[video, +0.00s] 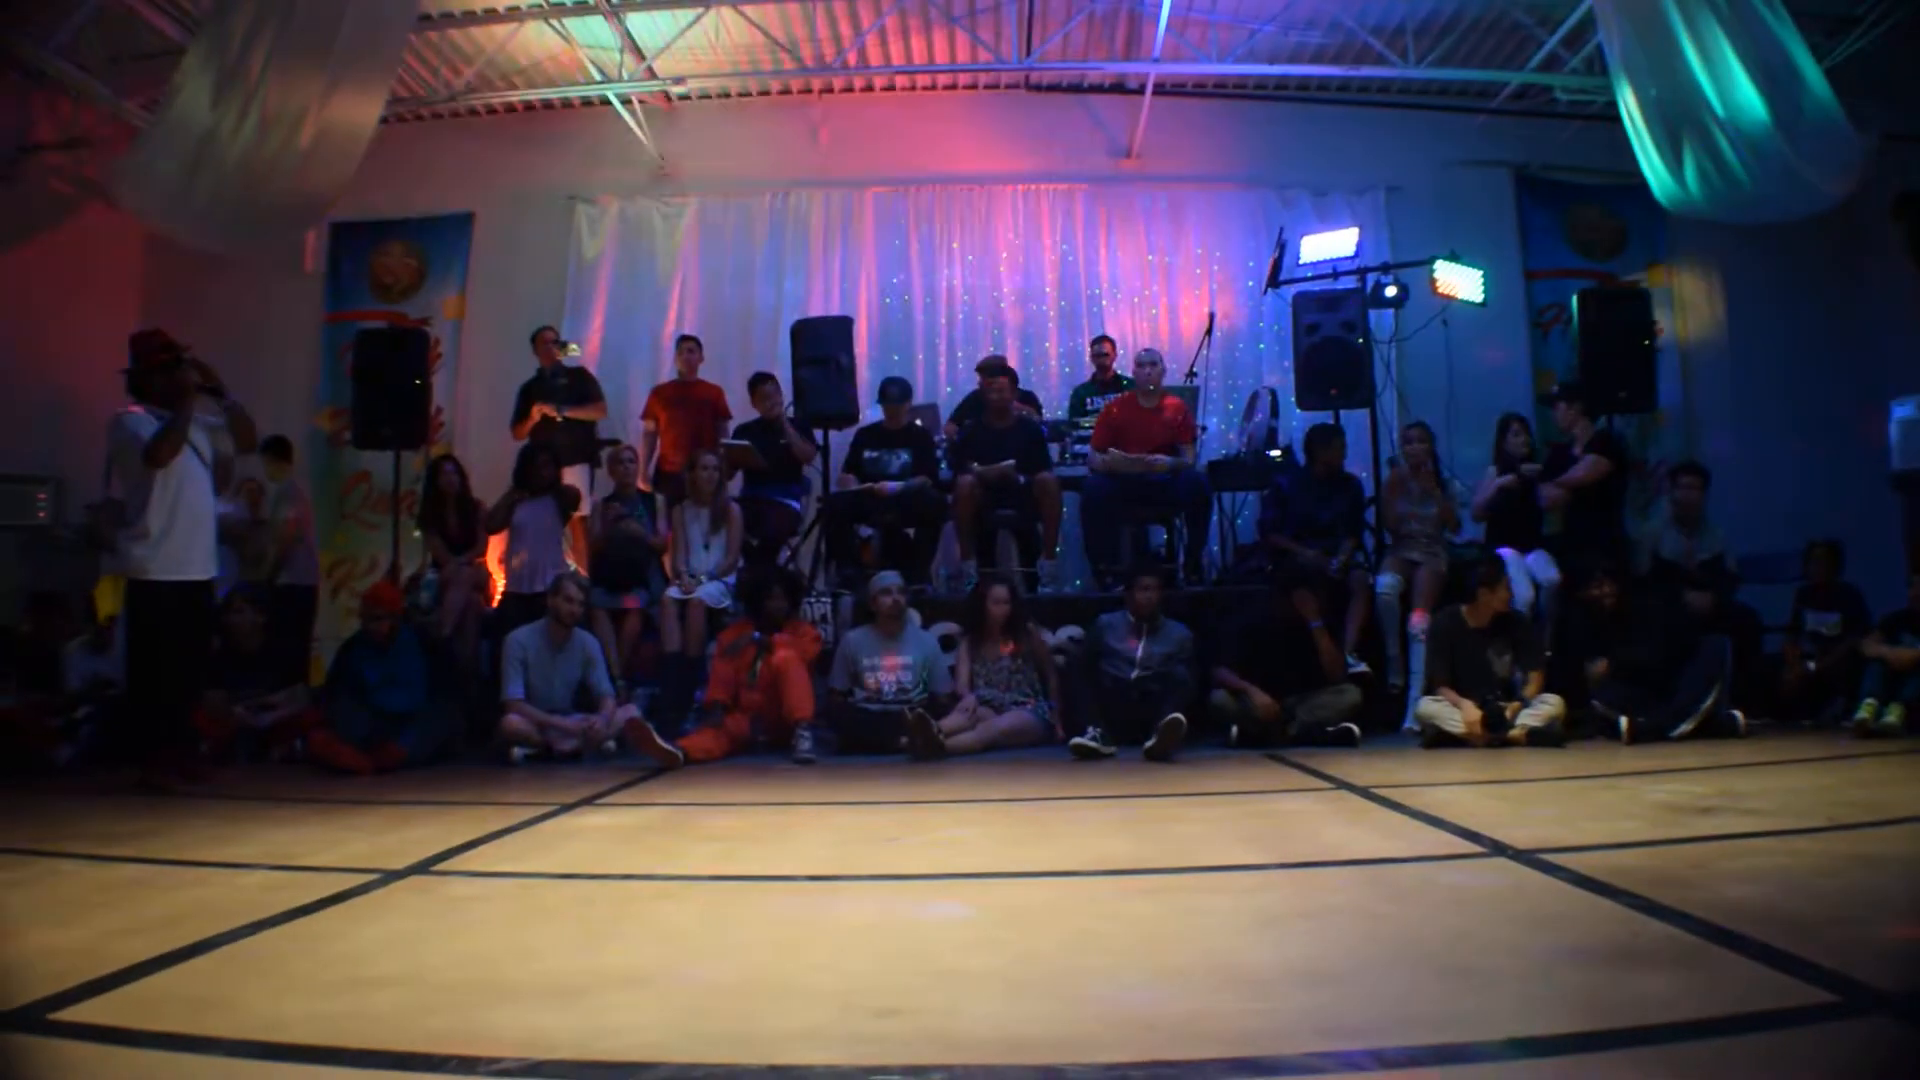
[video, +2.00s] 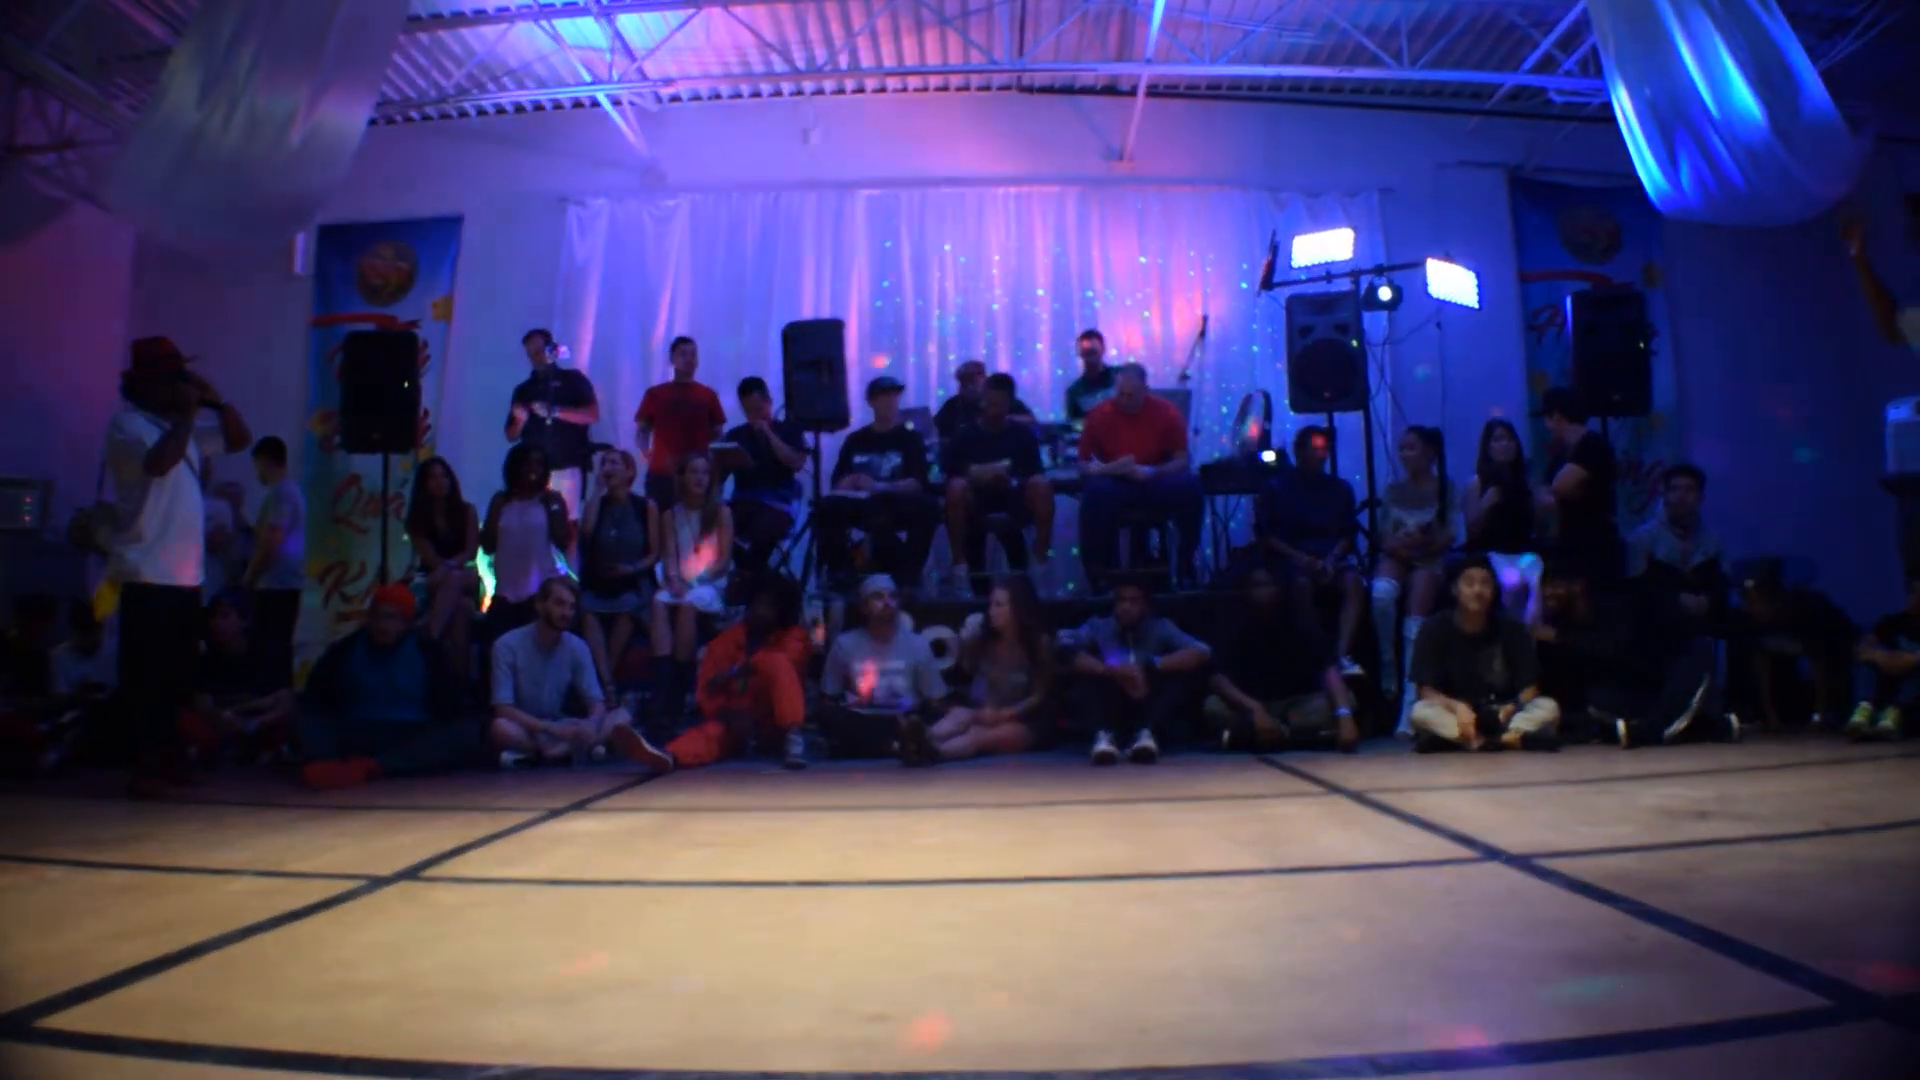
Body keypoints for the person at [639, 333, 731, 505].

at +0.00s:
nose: (686, 357)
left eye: (691, 351)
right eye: (681, 352)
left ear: (701, 357)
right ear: (675, 358)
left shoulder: (714, 393)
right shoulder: (659, 393)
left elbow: (723, 434)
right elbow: (649, 434)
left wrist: (722, 473)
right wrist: (643, 473)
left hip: (705, 475)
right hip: (669, 474)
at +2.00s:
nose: (689, 359)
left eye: (693, 354)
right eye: (683, 354)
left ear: (697, 359)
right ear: (672, 359)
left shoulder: (708, 396)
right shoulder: (655, 394)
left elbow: (717, 432)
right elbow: (642, 429)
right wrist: (648, 454)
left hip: (696, 475)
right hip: (662, 472)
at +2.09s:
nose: (690, 359)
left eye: (693, 354)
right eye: (684, 353)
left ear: (698, 359)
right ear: (673, 358)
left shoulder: (709, 396)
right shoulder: (656, 394)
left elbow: (717, 432)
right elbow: (639, 433)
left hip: (697, 477)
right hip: (662, 473)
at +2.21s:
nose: (689, 359)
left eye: (693, 354)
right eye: (683, 354)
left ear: (698, 359)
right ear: (673, 360)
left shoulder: (711, 396)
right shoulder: (661, 393)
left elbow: (719, 438)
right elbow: (633, 424)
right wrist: (649, 394)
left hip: (697, 478)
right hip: (663, 475)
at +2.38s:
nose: (687, 360)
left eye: (691, 354)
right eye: (681, 355)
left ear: (697, 359)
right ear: (672, 360)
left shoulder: (711, 395)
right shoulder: (659, 391)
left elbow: (719, 435)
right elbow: (632, 406)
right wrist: (659, 368)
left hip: (697, 478)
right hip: (663, 475)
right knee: (661, 533)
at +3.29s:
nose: (685, 361)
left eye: (689, 356)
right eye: (679, 356)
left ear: (695, 360)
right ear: (669, 361)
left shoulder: (708, 396)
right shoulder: (658, 392)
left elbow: (717, 436)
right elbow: (635, 401)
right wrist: (663, 364)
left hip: (697, 480)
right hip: (662, 477)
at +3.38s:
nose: (686, 361)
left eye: (690, 356)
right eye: (680, 356)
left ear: (695, 360)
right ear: (670, 361)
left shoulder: (708, 396)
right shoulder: (658, 392)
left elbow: (717, 435)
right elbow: (633, 403)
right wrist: (661, 367)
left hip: (697, 479)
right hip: (663, 476)